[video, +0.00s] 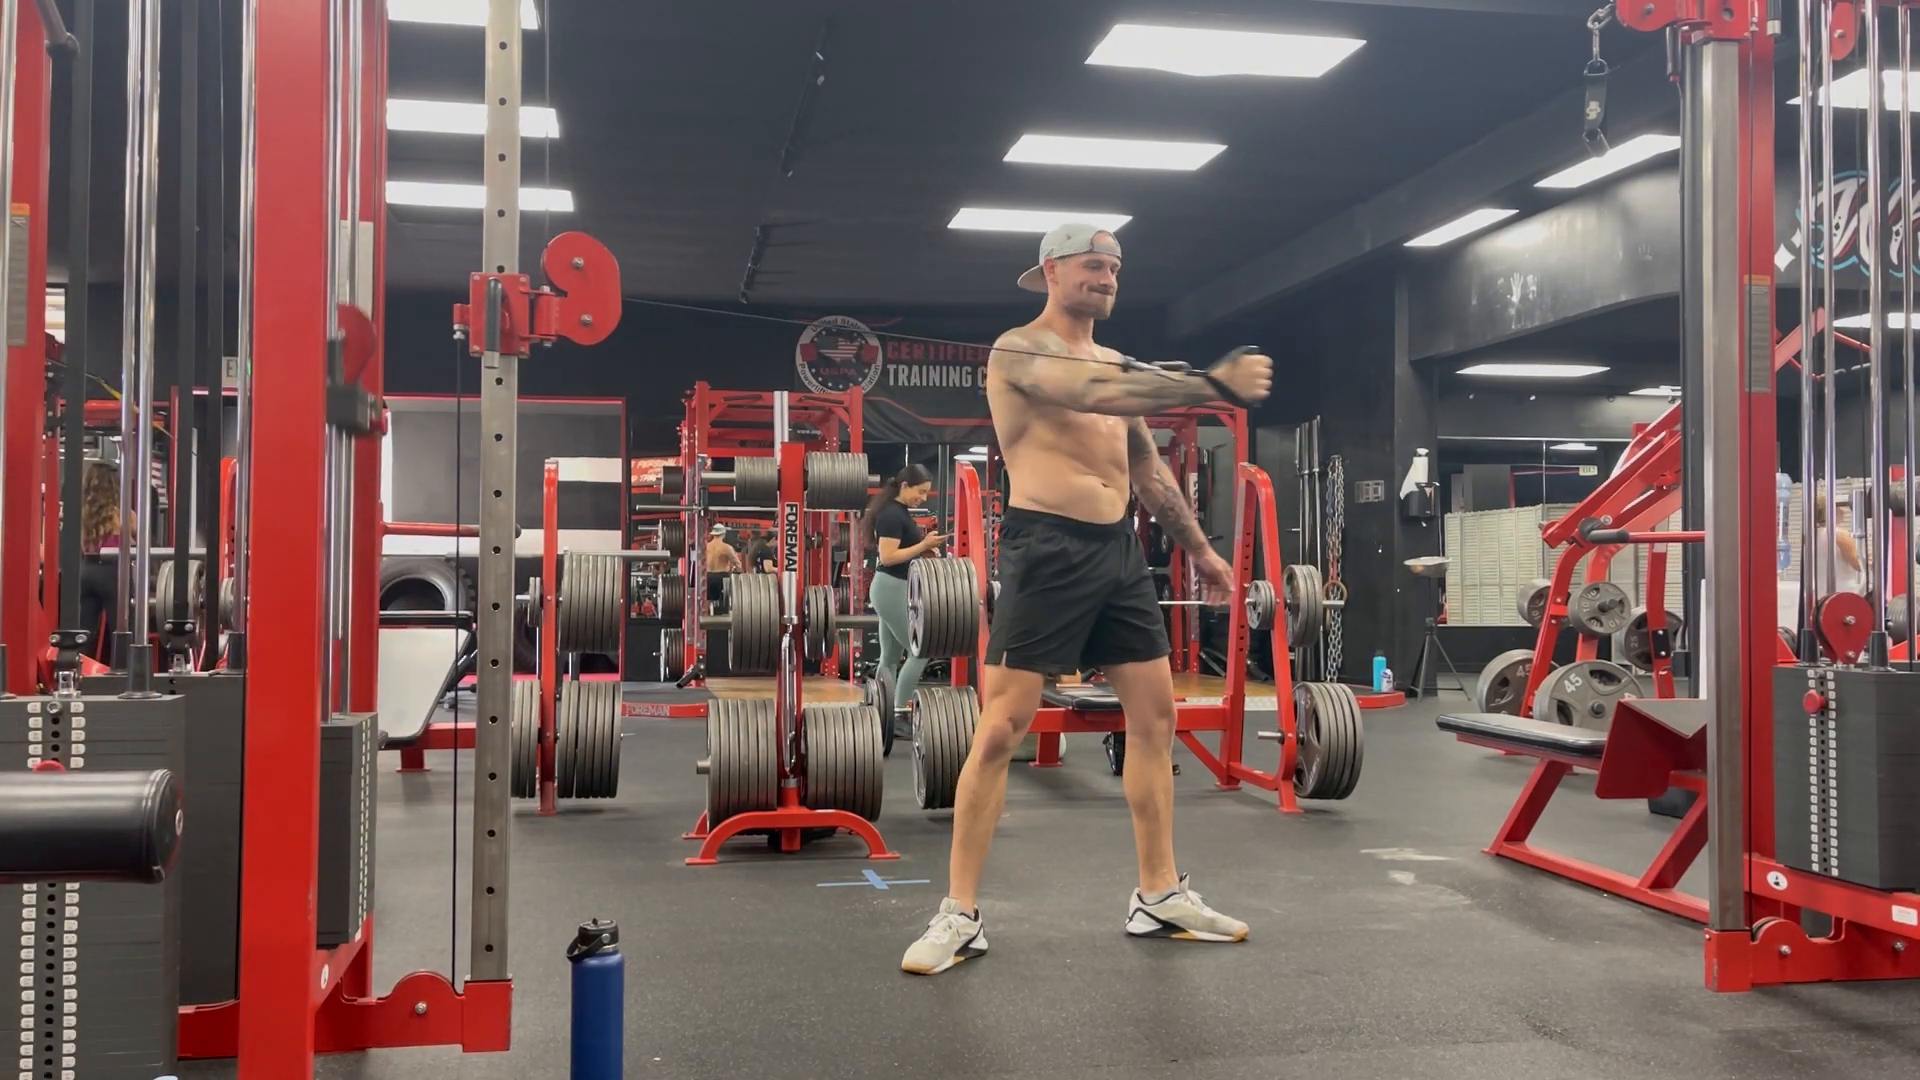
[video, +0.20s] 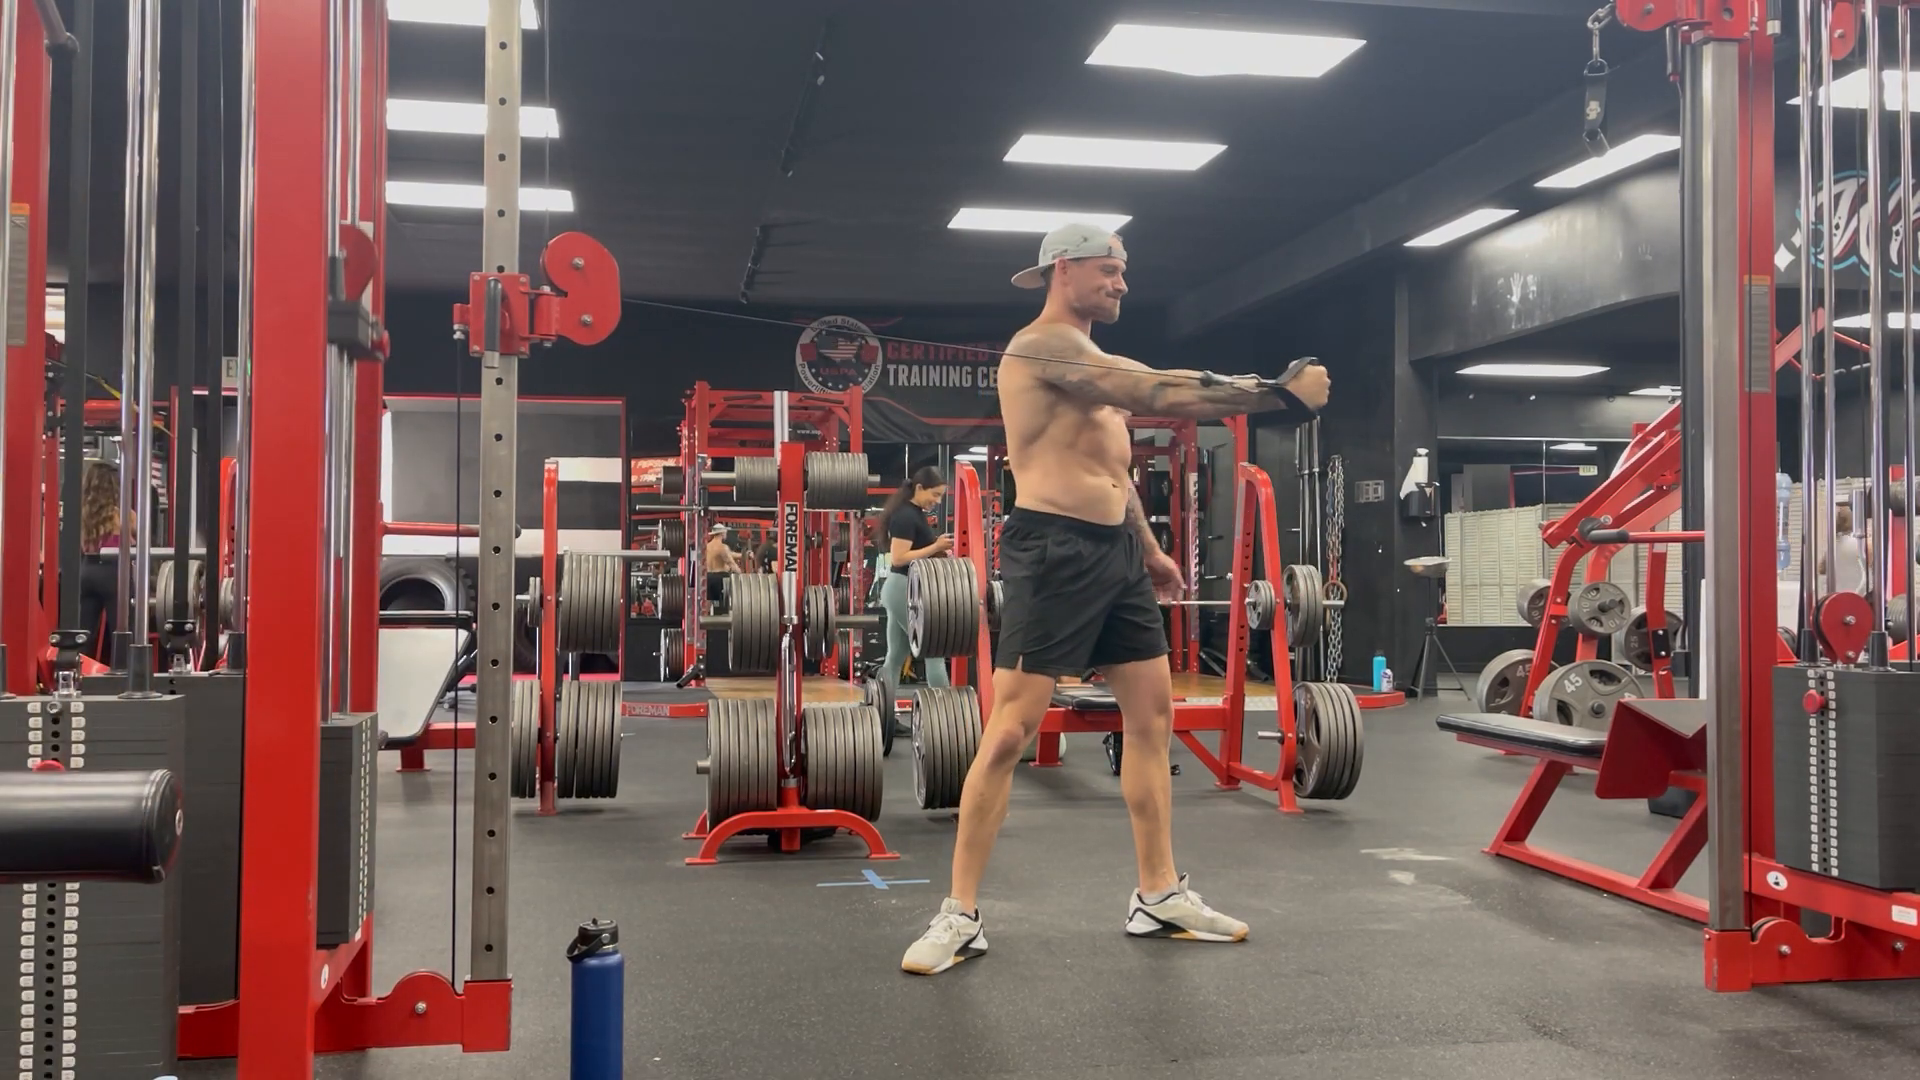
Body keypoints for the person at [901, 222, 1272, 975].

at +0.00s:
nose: (1103, 276)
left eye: (1111, 266)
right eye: (1089, 262)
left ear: (1116, 280)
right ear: (1047, 273)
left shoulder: (1122, 372)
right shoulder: (1016, 348)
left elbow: (1149, 469)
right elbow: (1085, 387)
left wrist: (1201, 549)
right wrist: (1208, 383)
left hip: (1118, 554)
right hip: (1042, 549)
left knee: (1154, 717)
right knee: (999, 731)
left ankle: (1159, 894)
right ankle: (959, 910)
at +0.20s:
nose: (1119, 279)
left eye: (1121, 269)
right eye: (1105, 265)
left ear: (1105, 284)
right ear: (1059, 273)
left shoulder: (1102, 363)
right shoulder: (1037, 346)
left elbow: (1114, 472)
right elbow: (1154, 389)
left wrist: (1149, 549)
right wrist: (1278, 390)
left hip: (1120, 556)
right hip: (1050, 550)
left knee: (1151, 720)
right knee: (1009, 734)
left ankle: (1159, 894)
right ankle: (960, 910)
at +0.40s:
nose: (1127, 288)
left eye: (1129, 277)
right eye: (1117, 274)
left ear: (1086, 278)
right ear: (1073, 274)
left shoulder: (1091, 350)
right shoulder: (1060, 340)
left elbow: (1174, 397)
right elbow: (1171, 392)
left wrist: (1260, 396)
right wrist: (1278, 399)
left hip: (1114, 555)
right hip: (1053, 549)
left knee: (1147, 720)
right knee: (1012, 736)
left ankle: (1159, 894)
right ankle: (959, 911)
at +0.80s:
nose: (1117, 285)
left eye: (1120, 274)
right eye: (1104, 271)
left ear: (1103, 284)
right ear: (1059, 275)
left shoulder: (1095, 355)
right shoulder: (1046, 342)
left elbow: (1174, 395)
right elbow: (1156, 390)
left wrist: (1269, 394)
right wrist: (1273, 394)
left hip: (1118, 554)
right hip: (1052, 549)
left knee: (1148, 720)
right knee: (1011, 736)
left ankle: (1159, 895)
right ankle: (960, 910)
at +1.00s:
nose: (1105, 279)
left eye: (1112, 271)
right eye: (1090, 266)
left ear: (1112, 286)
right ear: (1047, 276)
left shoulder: (1110, 371)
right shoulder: (1026, 345)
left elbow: (1135, 474)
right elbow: (1129, 388)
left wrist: (1180, 549)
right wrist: (1255, 390)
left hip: (1124, 554)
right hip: (1047, 551)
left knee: (1152, 720)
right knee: (1002, 733)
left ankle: (1158, 894)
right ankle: (960, 910)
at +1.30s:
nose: (1087, 279)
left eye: (1097, 269)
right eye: (1072, 266)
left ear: (1107, 283)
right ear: (1039, 278)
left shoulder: (1127, 370)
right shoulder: (1009, 347)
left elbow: (1173, 471)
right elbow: (1068, 388)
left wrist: (1232, 548)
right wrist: (1180, 382)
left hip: (1126, 555)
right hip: (1043, 551)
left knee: (1155, 718)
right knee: (992, 732)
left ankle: (1158, 895)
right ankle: (959, 910)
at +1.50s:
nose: (1073, 280)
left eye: (1085, 269)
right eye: (1060, 268)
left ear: (1104, 283)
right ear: (1036, 279)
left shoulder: (1126, 361)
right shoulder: (1002, 346)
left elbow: (1192, 468)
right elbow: (1021, 394)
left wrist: (1259, 546)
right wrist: (1112, 376)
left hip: (1124, 552)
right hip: (1039, 550)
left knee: (1156, 718)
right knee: (988, 725)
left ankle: (1158, 894)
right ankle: (960, 910)